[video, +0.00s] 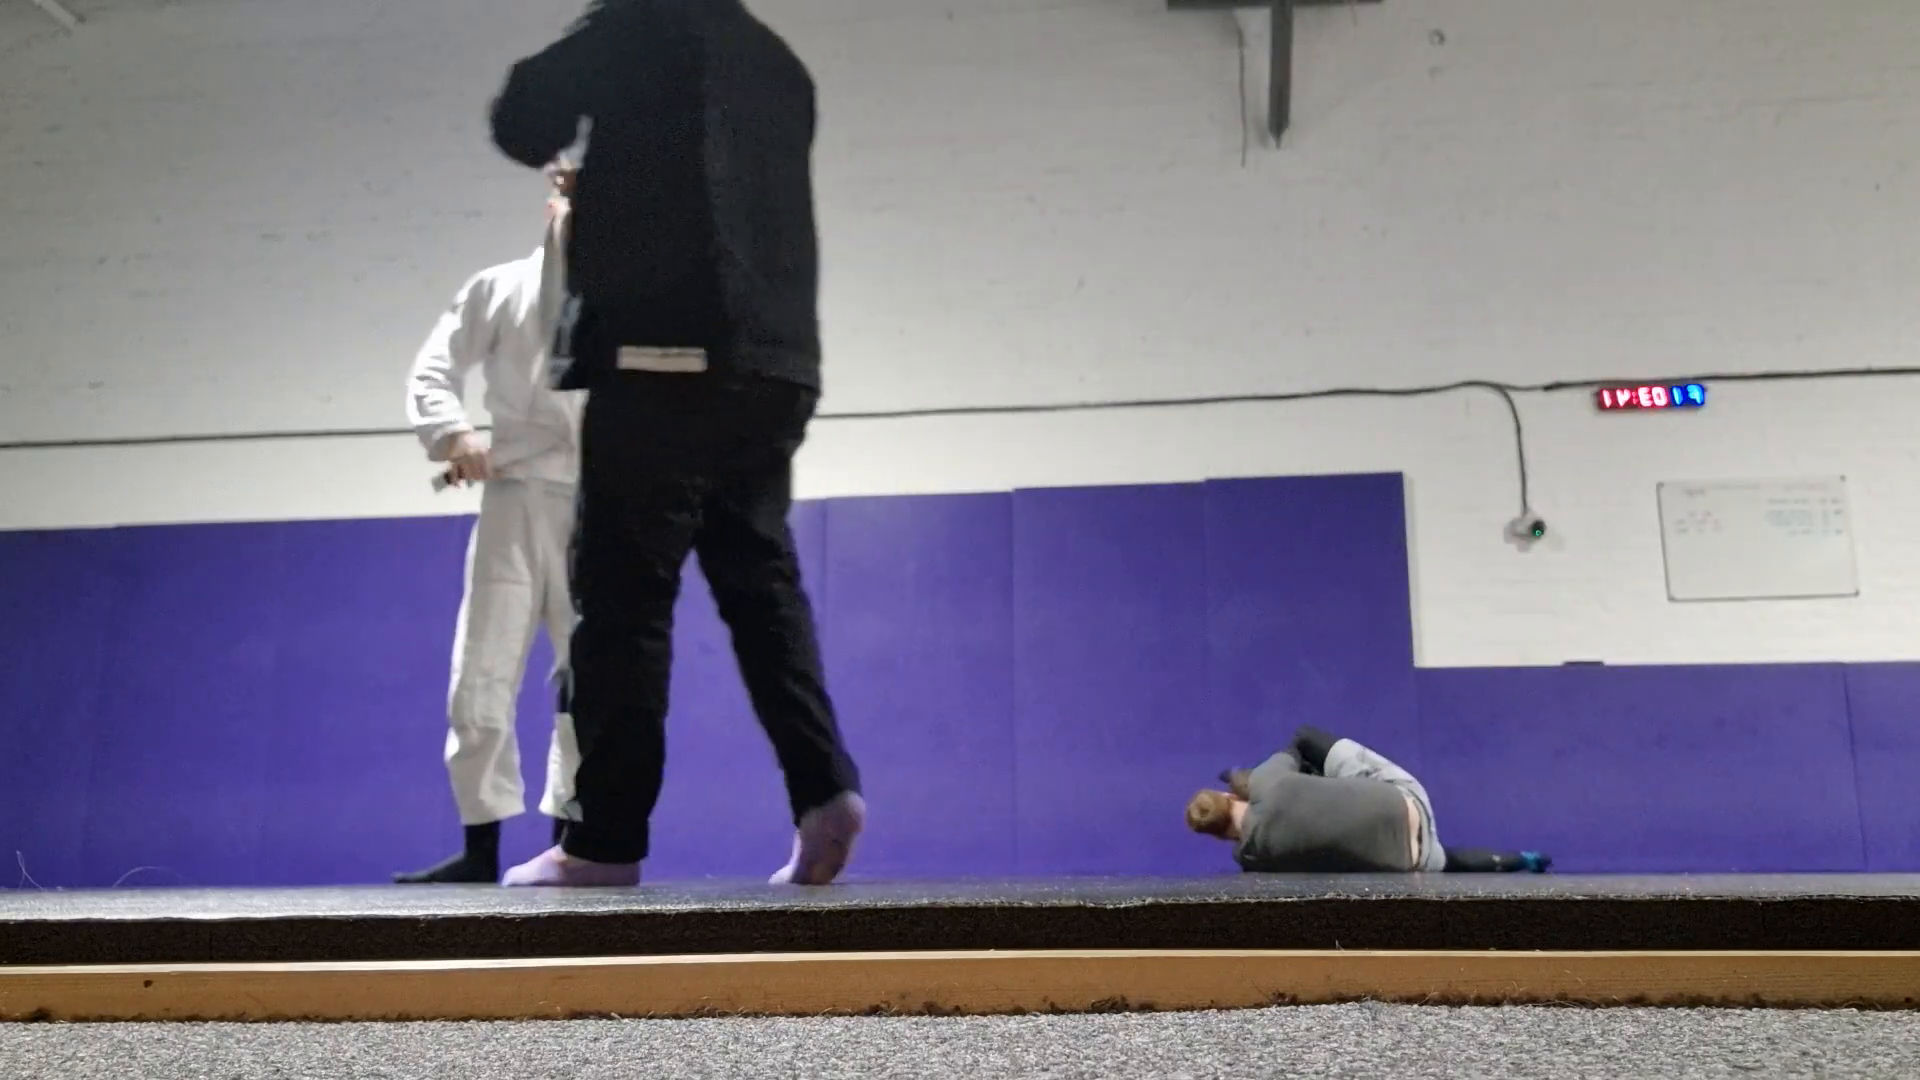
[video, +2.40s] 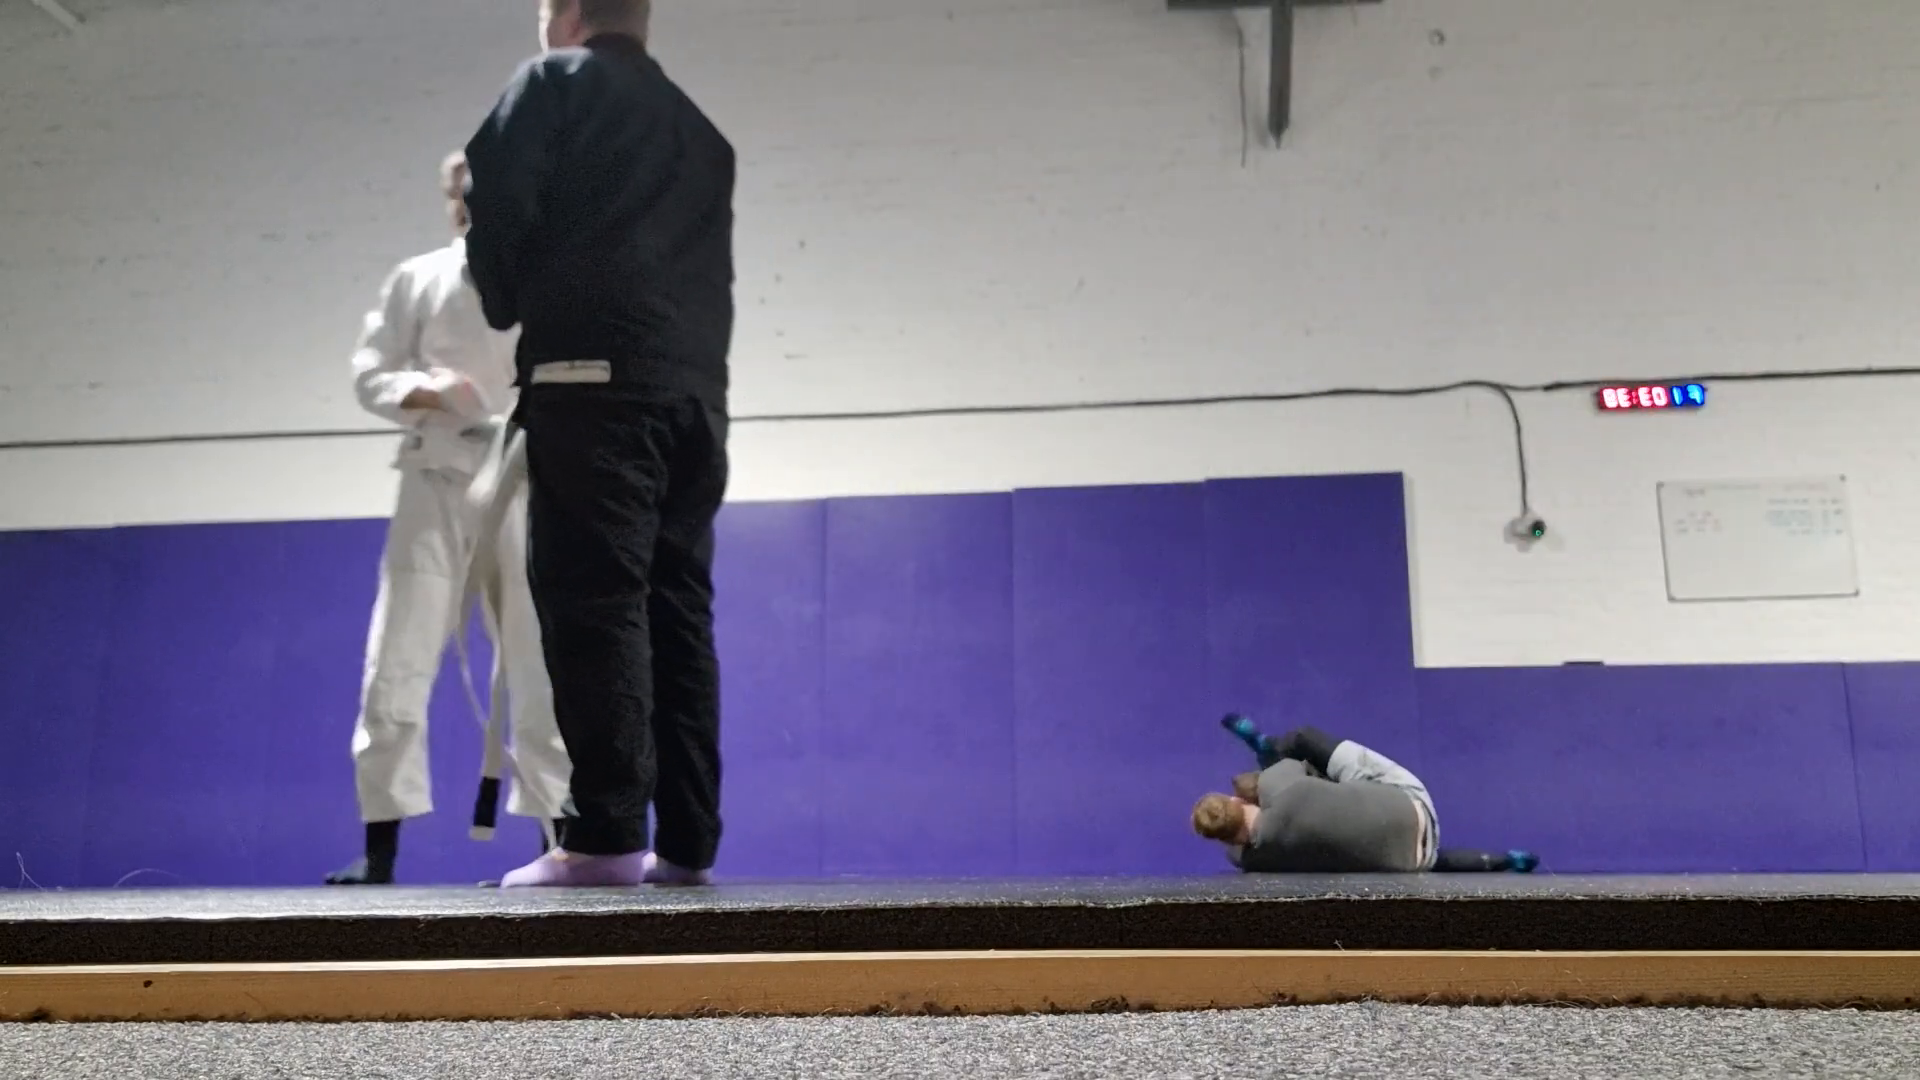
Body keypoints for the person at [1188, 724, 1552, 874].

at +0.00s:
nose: (1226, 796)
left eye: (1212, 818)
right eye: (1222, 793)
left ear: (1218, 836)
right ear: (1229, 791)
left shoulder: (1253, 856)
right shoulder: (1265, 777)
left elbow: (1303, 862)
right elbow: (1302, 743)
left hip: (1413, 859)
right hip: (1410, 803)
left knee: (1444, 858)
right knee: (1312, 738)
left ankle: (1517, 861)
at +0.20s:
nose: (1224, 792)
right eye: (1221, 794)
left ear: (1218, 840)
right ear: (1228, 796)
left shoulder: (1255, 862)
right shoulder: (1265, 781)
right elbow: (1292, 759)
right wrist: (1249, 781)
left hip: (1418, 861)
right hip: (1413, 807)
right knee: (1309, 737)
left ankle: (1471, 860)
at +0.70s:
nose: (1227, 801)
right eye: (1225, 805)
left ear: (1221, 852)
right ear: (1231, 803)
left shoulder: (1258, 864)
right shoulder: (1269, 781)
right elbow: (1291, 760)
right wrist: (1262, 765)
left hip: (1414, 860)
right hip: (1411, 808)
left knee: (1421, 851)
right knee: (1301, 742)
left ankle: (1466, 866)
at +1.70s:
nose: (1233, 790)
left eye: (1222, 826)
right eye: (1229, 791)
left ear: (1225, 840)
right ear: (1238, 794)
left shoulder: (1256, 862)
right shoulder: (1279, 781)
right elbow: (1302, 769)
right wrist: (1257, 783)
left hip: (1417, 862)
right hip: (1416, 808)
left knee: (1447, 855)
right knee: (1337, 730)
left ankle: (1518, 865)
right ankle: (1340, 775)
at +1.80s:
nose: (1232, 799)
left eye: (1220, 822)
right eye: (1230, 796)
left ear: (1226, 836)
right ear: (1239, 791)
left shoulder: (1259, 857)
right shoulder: (1279, 776)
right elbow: (1312, 771)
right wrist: (1274, 777)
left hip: (1421, 861)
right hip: (1423, 807)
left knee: (1447, 855)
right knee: (1323, 737)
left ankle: (1523, 865)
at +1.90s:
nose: (1231, 796)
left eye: (1218, 814)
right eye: (1229, 793)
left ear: (1226, 834)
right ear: (1238, 789)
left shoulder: (1257, 858)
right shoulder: (1280, 777)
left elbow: (1250, 850)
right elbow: (1313, 763)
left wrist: (1252, 816)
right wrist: (1261, 777)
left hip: (1419, 860)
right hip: (1418, 805)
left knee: (1446, 856)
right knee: (1317, 738)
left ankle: (1522, 864)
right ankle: (1264, 752)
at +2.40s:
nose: (1234, 791)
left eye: (1221, 829)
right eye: (1232, 792)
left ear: (1225, 842)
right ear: (1241, 794)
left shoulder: (1258, 864)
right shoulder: (1279, 785)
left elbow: (1248, 845)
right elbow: (1295, 766)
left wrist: (1242, 829)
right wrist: (1256, 789)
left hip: (1415, 860)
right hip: (1415, 807)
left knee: (1428, 858)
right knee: (1308, 737)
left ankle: (1505, 861)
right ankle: (1269, 745)